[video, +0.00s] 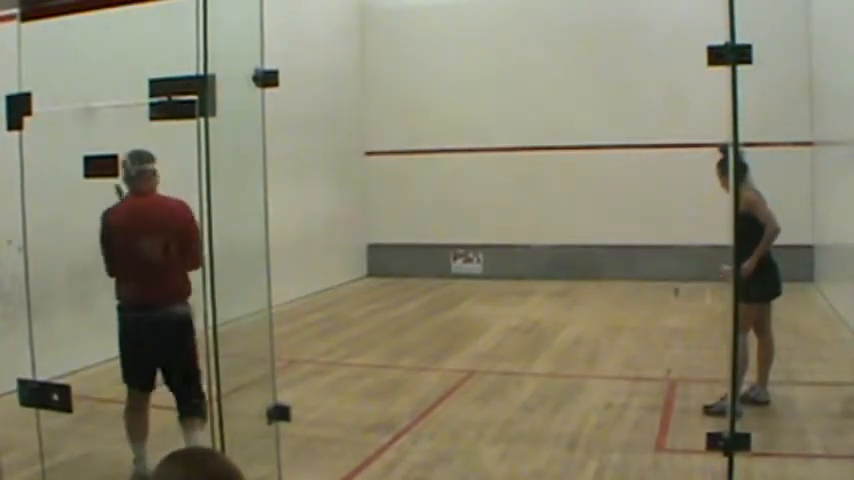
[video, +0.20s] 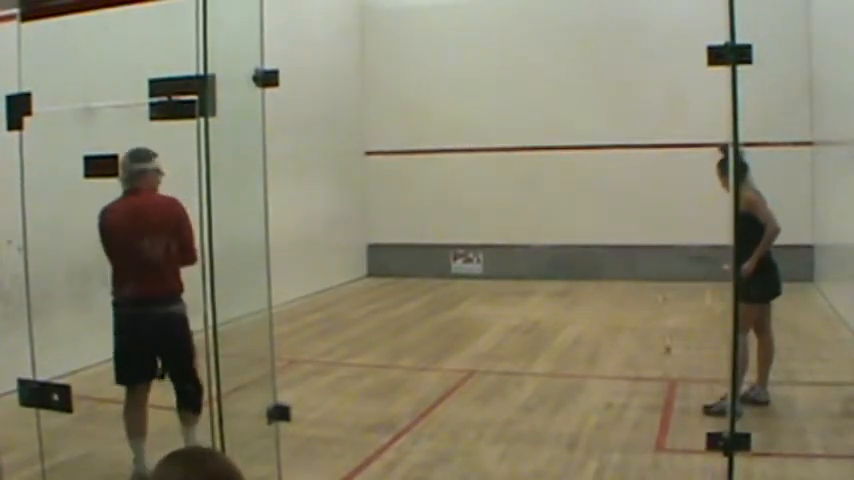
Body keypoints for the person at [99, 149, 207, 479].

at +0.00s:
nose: (148, 180)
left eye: (140, 175)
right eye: (151, 174)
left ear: (126, 179)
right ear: (156, 176)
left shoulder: (113, 217)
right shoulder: (178, 210)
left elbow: (112, 268)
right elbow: (193, 260)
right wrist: (161, 257)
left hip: (135, 319)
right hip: (175, 317)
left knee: (137, 393)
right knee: (187, 392)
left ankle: (140, 464)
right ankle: (198, 462)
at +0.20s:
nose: (160, 179)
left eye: (158, 174)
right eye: (157, 174)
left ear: (127, 178)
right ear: (151, 176)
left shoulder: (109, 214)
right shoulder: (171, 207)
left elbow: (115, 257)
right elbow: (188, 255)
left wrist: (151, 255)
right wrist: (154, 258)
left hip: (130, 316)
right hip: (169, 314)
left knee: (136, 389)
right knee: (185, 381)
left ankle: (139, 463)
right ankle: (192, 452)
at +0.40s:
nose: (171, 179)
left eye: (170, 173)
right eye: (169, 174)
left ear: (137, 177)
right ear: (163, 177)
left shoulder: (117, 212)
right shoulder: (178, 209)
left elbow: (124, 250)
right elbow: (193, 255)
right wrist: (157, 249)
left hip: (133, 312)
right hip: (171, 311)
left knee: (138, 386)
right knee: (182, 381)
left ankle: (139, 463)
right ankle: (189, 449)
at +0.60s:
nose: (191, 182)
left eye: (190, 176)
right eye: (188, 176)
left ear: (157, 176)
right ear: (182, 177)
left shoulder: (133, 206)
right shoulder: (191, 211)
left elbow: (123, 252)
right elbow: (204, 261)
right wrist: (197, 285)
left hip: (138, 306)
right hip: (177, 307)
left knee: (140, 376)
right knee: (187, 378)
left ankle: (137, 450)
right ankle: (192, 450)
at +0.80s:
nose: (197, 184)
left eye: (196, 179)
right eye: (195, 178)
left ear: (164, 176)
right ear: (188, 178)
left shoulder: (137, 208)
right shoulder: (194, 211)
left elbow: (123, 253)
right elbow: (207, 259)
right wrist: (204, 295)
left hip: (140, 302)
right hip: (179, 302)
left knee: (139, 368)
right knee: (188, 377)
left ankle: (127, 445)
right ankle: (191, 447)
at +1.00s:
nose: (189, 181)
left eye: (188, 175)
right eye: (186, 175)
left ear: (156, 175)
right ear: (173, 175)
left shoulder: (133, 209)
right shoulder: (184, 209)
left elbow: (122, 255)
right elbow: (193, 255)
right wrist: (202, 282)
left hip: (138, 302)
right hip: (176, 303)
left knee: (137, 372)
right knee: (186, 378)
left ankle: (128, 444)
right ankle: (190, 446)